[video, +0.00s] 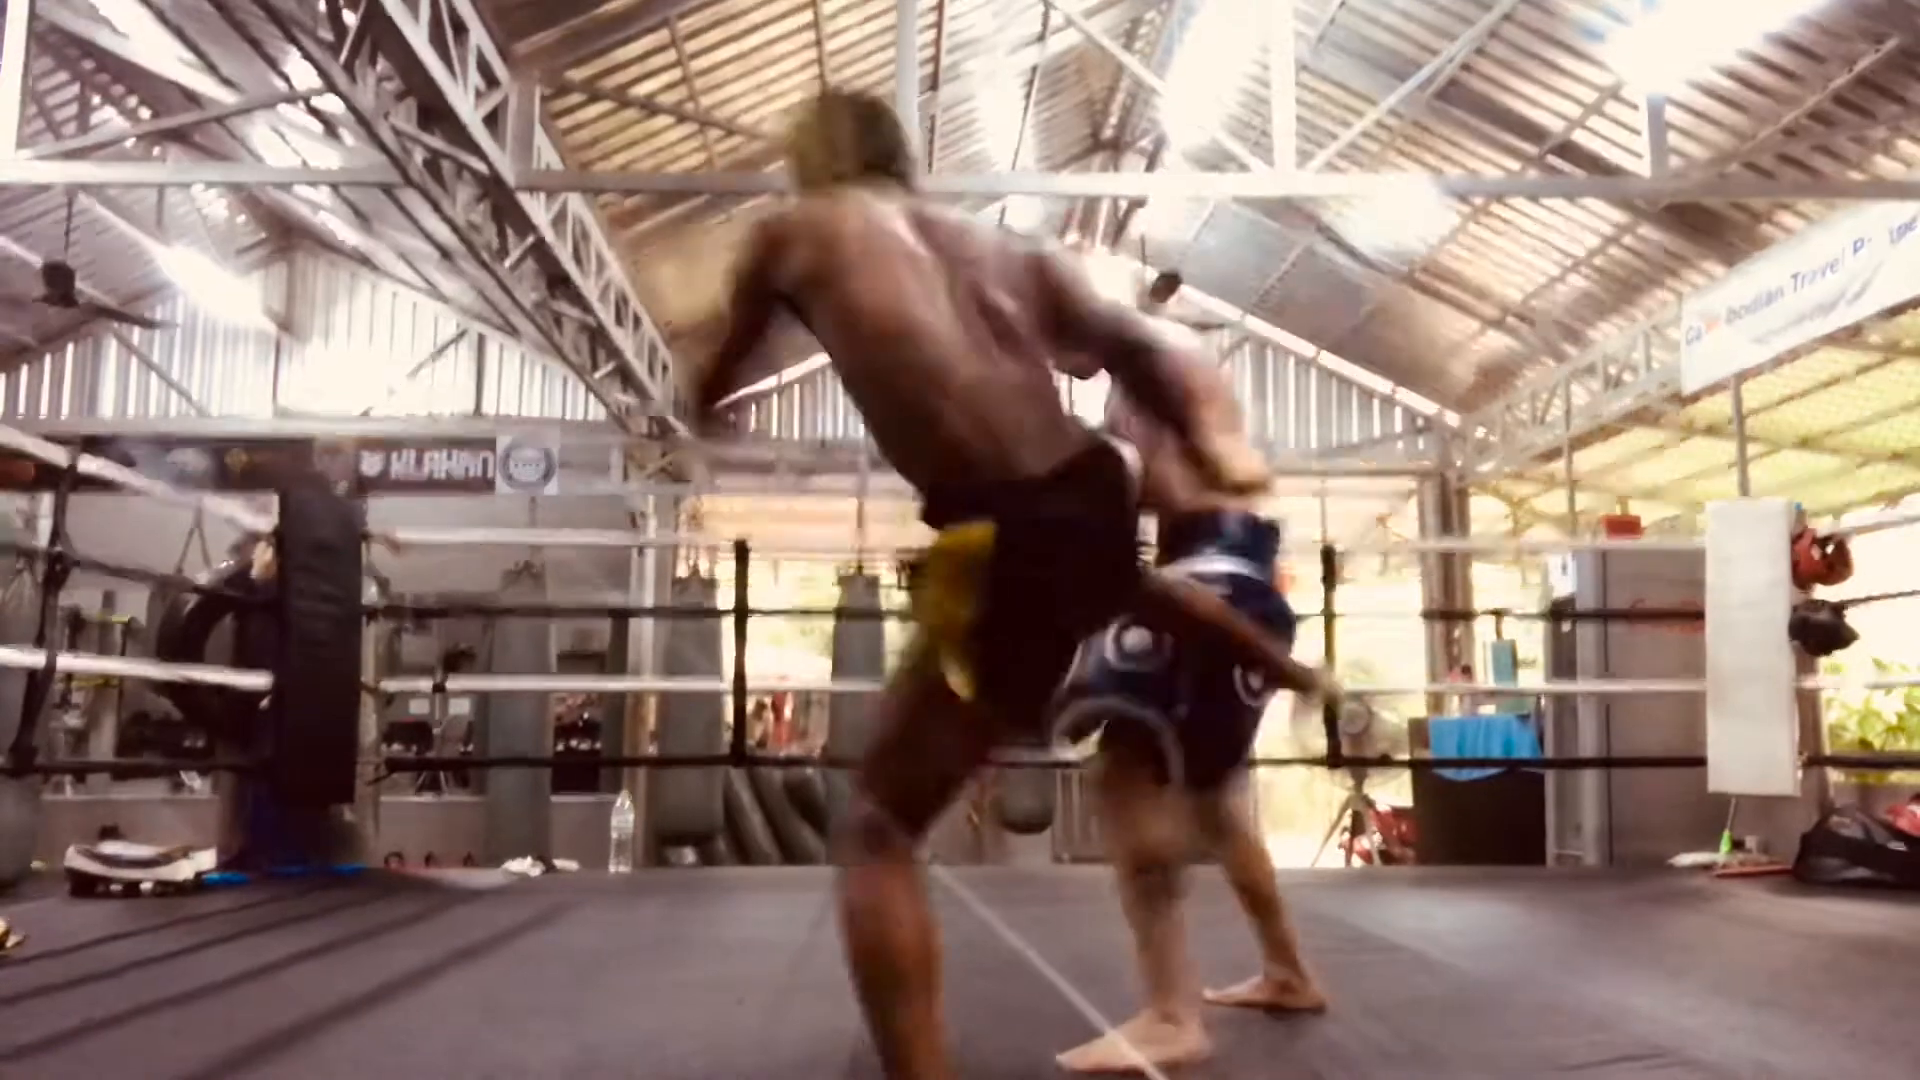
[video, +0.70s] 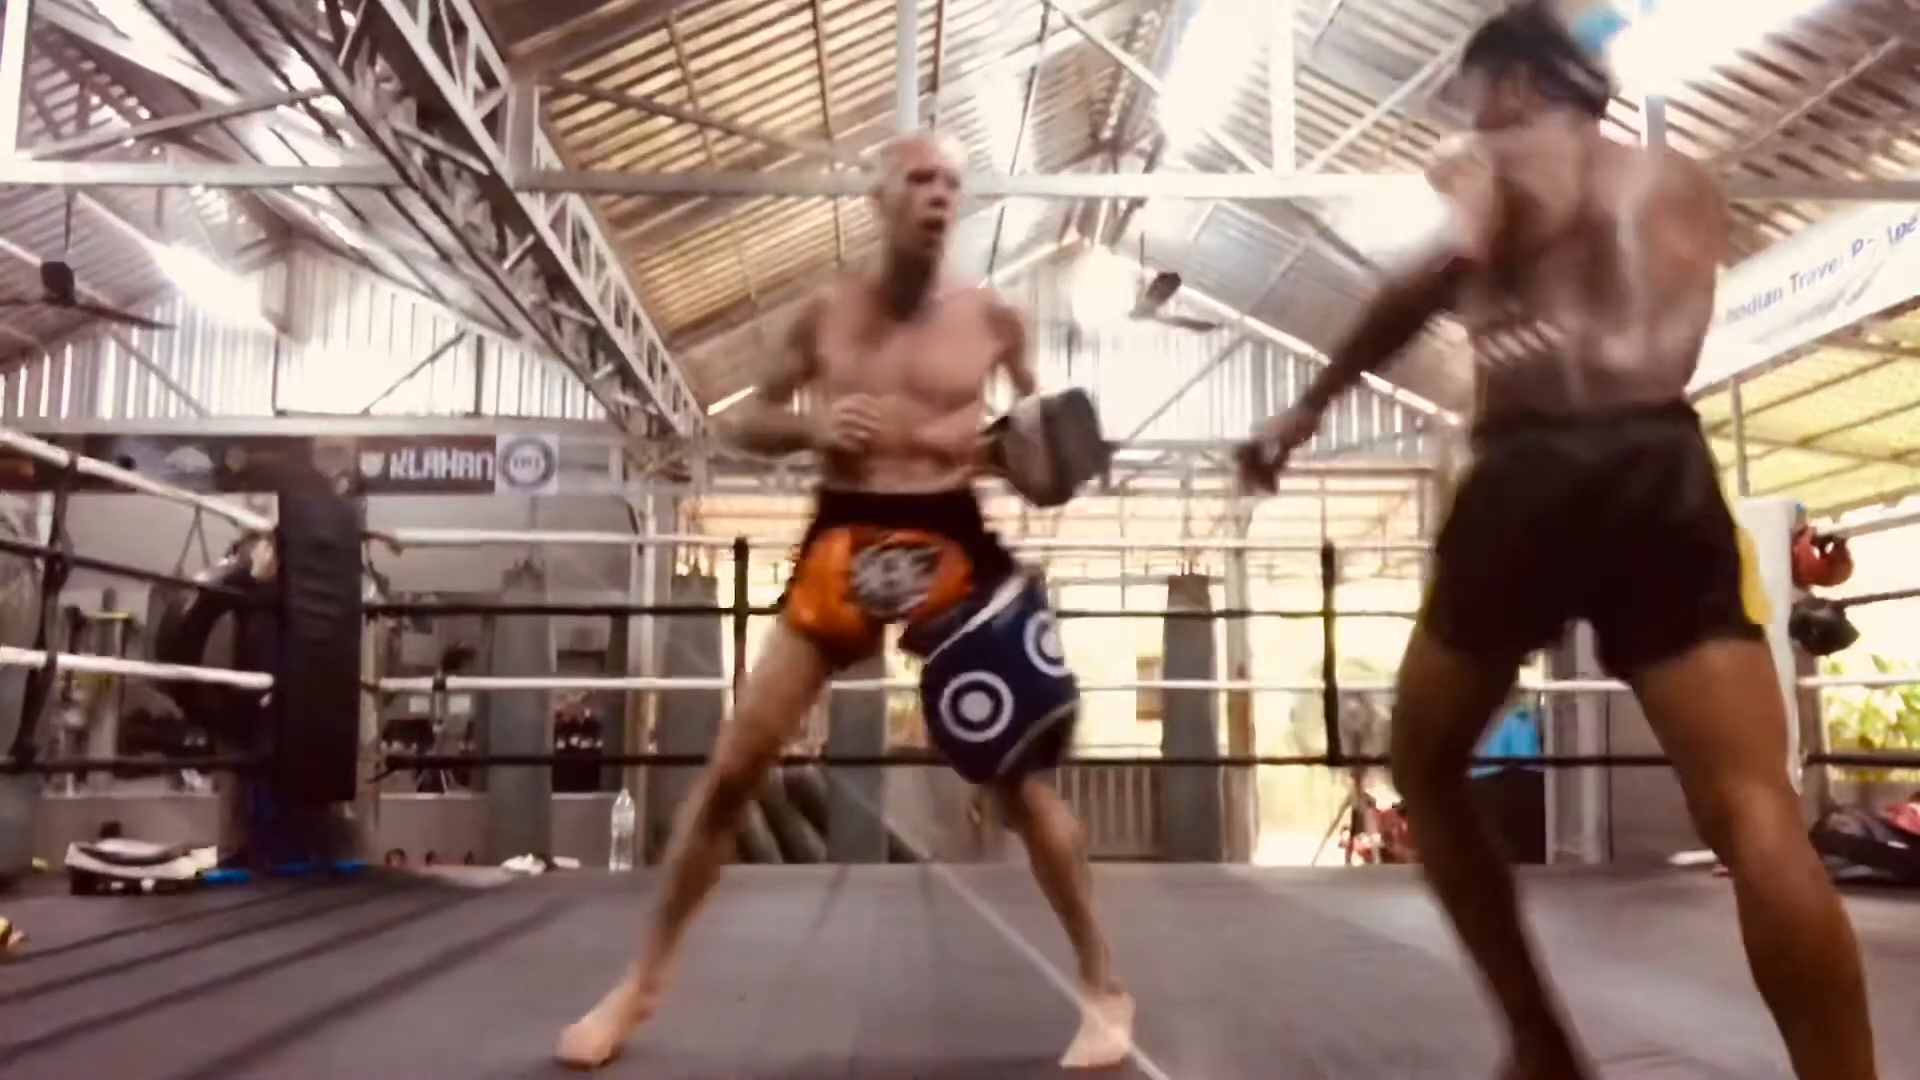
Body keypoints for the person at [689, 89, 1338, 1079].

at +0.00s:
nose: (791, 178)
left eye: (796, 163)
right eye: (797, 162)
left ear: (812, 164)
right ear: (897, 161)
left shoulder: (795, 231)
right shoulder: (993, 244)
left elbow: (710, 395)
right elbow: (1138, 347)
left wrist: (719, 352)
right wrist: (1212, 455)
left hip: (997, 546)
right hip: (1100, 493)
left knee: (875, 828)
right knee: (1129, 591)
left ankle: (920, 1067)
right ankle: (1304, 680)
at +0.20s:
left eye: (1001, 124)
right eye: (1084, 102)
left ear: (997, 124)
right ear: (1096, 105)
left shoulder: (967, 235)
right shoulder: (1186, 175)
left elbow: (914, 417)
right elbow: (1323, 299)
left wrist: (947, 398)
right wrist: (1263, 307)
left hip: (1142, 533)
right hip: (1267, 488)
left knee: (1027, 831)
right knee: (1434, 673)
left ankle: (969, 1066)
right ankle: (1583, 898)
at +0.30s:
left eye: (1140, 134)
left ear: (1136, 139)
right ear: (1229, 120)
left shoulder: (1108, 242)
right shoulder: (1326, 205)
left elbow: (988, 385)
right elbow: (1430, 349)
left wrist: (975, 423)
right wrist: (1319, 306)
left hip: (1236, 566)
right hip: (1373, 543)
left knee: (1100, 845)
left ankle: (993, 1071)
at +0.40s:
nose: (1302, 165)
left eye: (1304, 147)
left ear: (1313, 143)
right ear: (1414, 127)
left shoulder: (1283, 253)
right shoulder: (1491, 217)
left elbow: (1142, 351)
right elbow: (1540, 361)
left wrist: (1031, 422)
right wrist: (1490, 354)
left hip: (1354, 594)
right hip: (1499, 578)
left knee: (1199, 860)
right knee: (1718, 848)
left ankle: (1049, 1062)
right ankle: (1823, 1072)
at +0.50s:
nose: (1416, 160)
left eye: (1421, 138)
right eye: (1416, 140)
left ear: (1450, 126)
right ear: (1528, 121)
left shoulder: (1402, 215)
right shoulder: (1619, 207)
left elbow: (1254, 337)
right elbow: (1639, 366)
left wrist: (1132, 432)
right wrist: (1558, 350)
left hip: (1431, 548)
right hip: (1583, 544)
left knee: (1304, 830)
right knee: (1730, 840)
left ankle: (1225, 1062)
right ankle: (1826, 1069)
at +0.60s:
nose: (1444, 114)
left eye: (1450, 95)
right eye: (1444, 97)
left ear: (1483, 79)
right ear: (1563, 77)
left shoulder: (1461, 163)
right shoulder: (1669, 176)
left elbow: (1338, 278)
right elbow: (1678, 366)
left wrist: (1236, 411)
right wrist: (1570, 305)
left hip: (1475, 488)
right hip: (1622, 485)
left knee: (1385, 780)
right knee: (1733, 810)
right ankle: (1832, 1067)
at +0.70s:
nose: (1471, 125)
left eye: (1473, 109)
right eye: (1468, 112)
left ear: (1513, 85)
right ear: (1582, 85)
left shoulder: (1488, 155)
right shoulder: (1689, 179)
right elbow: (1663, 311)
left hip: (1527, 483)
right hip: (1667, 477)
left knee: (1426, 763)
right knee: (1762, 822)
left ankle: (1541, 1049)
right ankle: (1845, 1069)